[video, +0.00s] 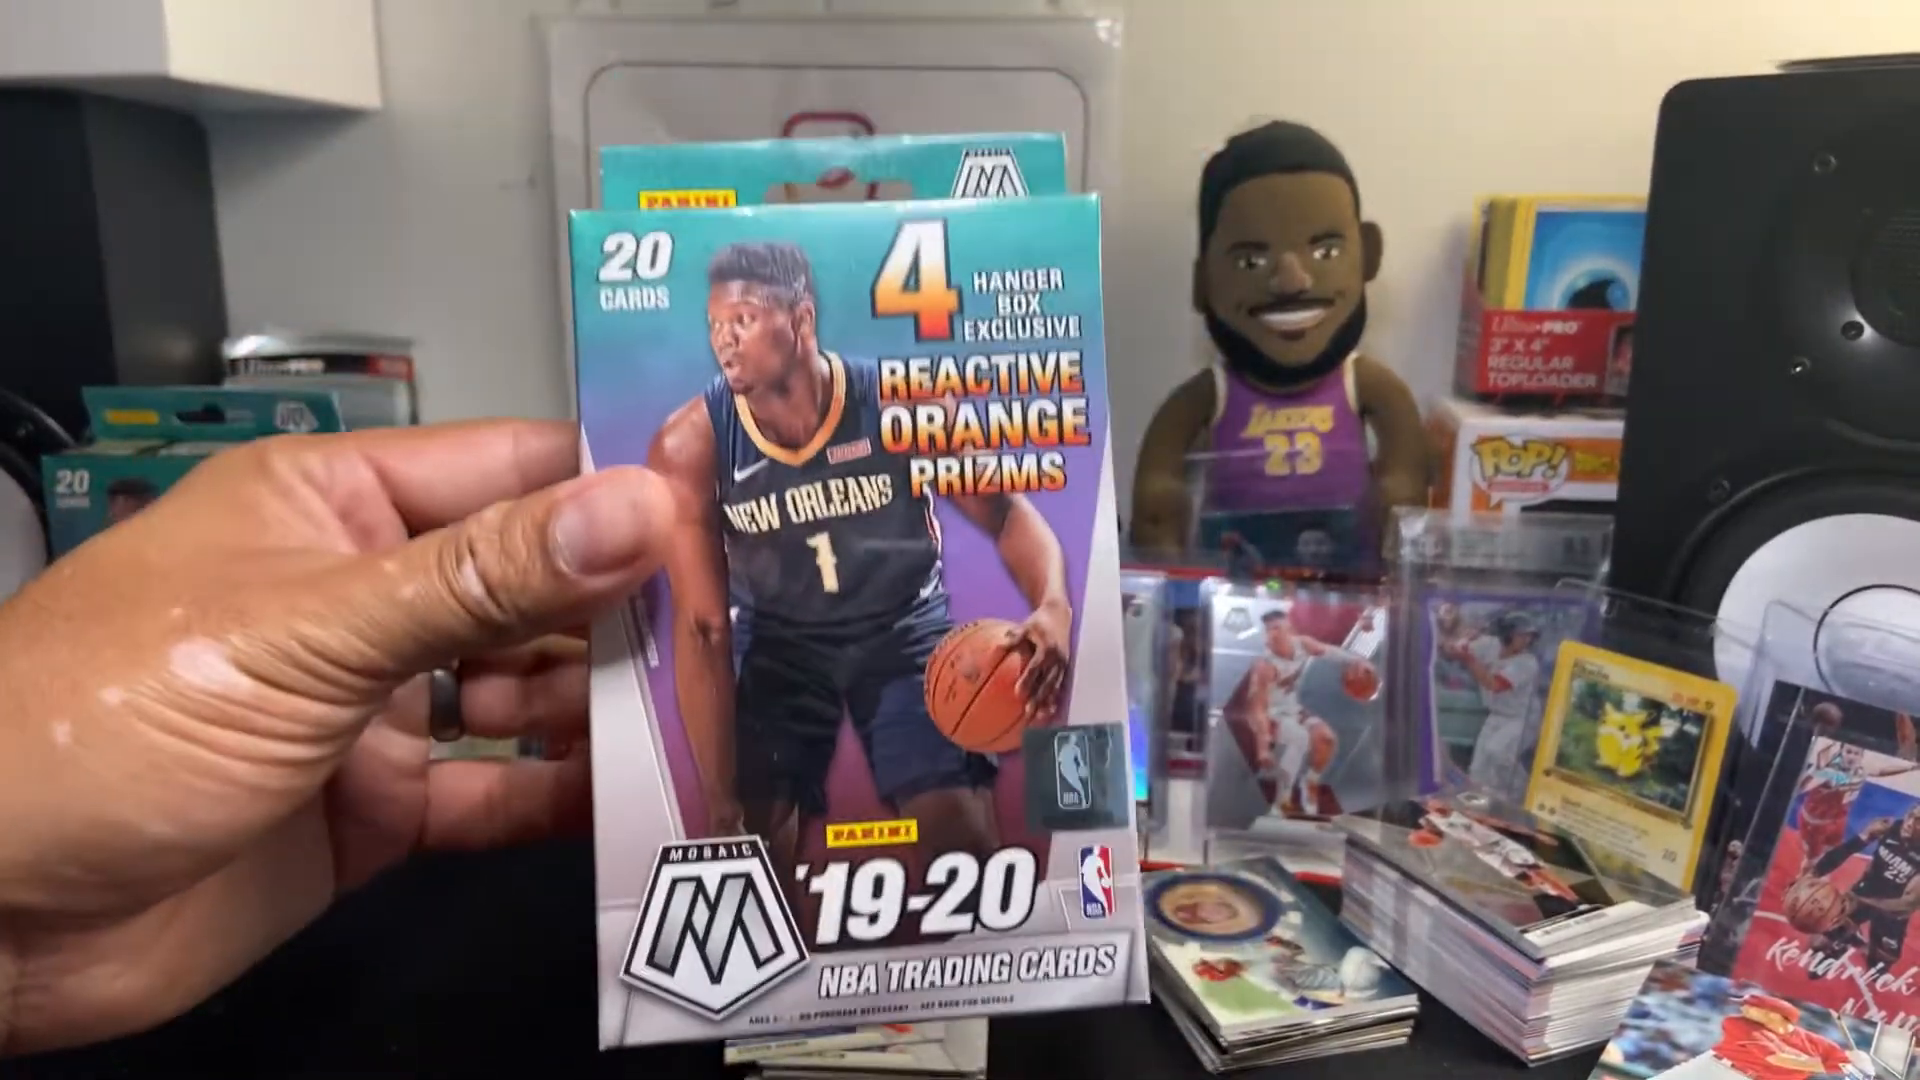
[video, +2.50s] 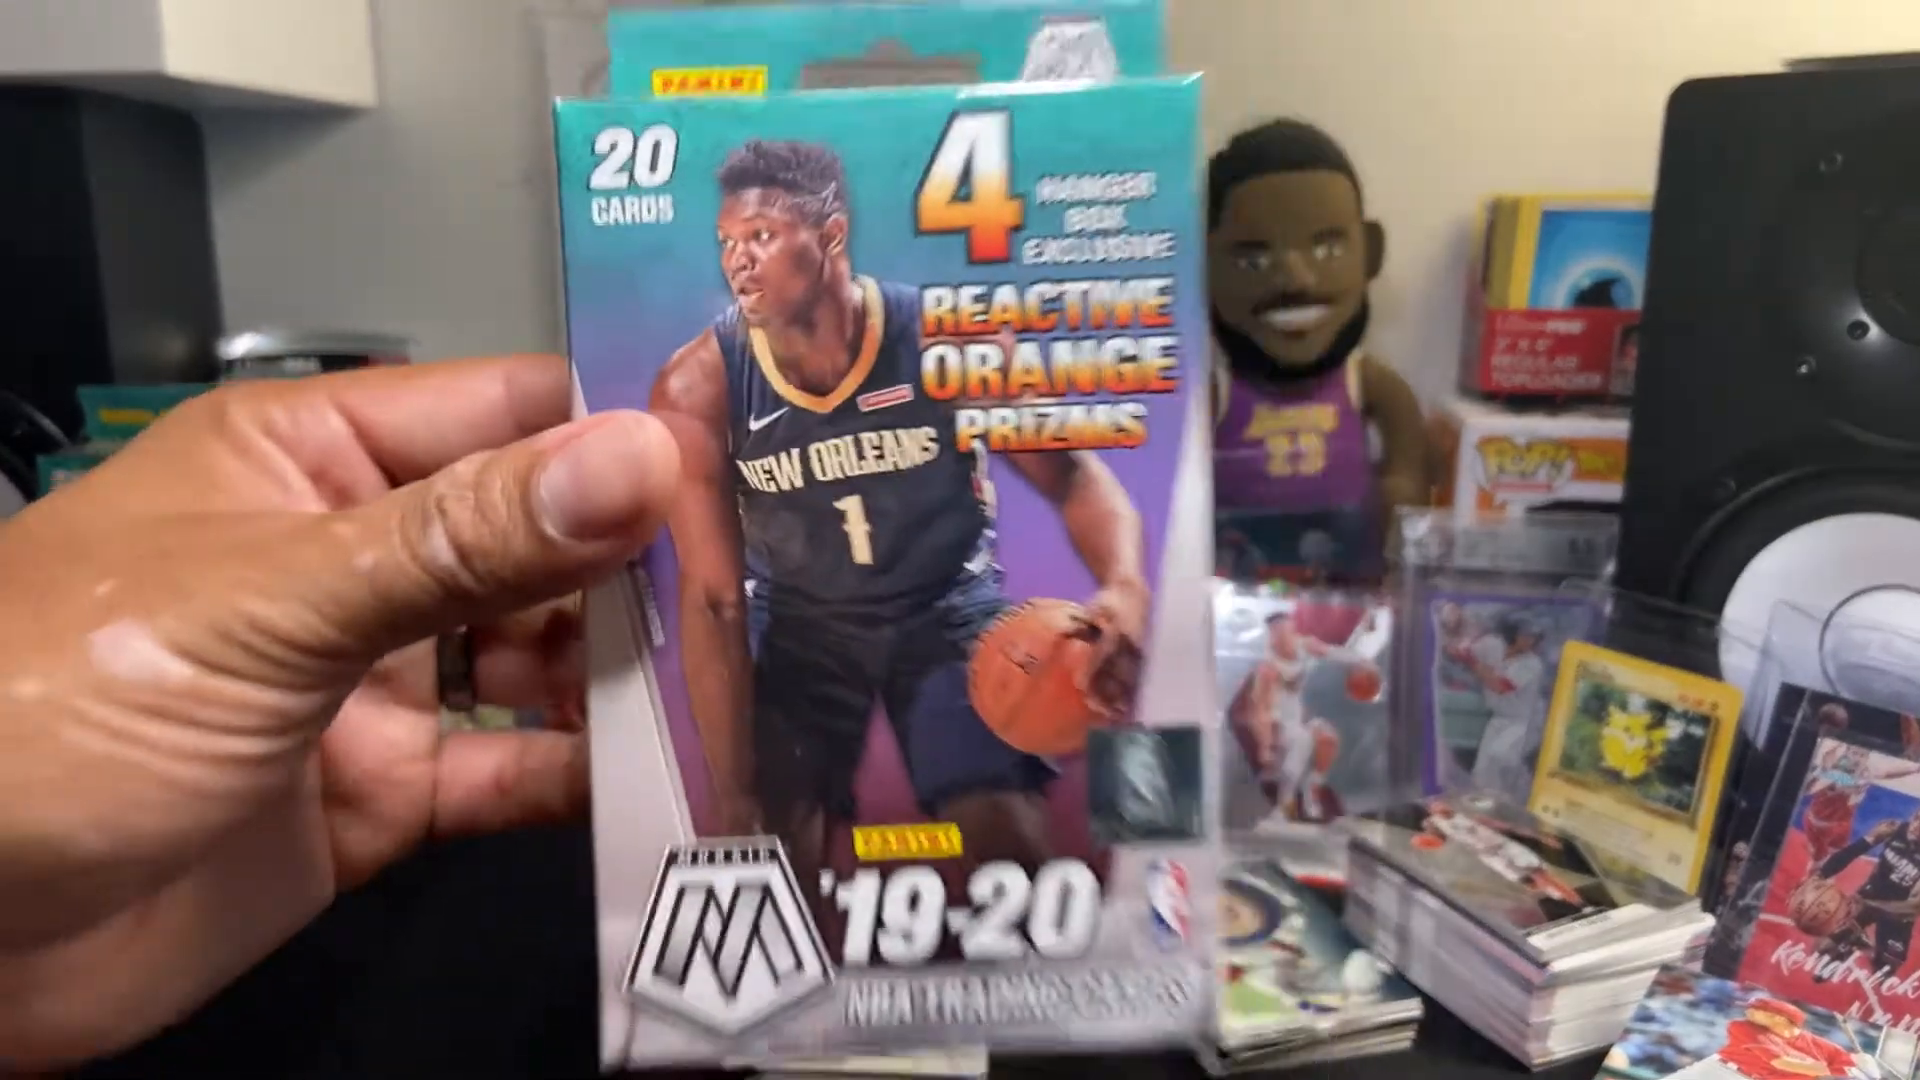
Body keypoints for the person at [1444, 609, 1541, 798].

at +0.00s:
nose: (1527, 640)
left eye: (1529, 636)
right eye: (1522, 635)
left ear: (1532, 638)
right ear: (1509, 635)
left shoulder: (1528, 663)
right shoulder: (1490, 646)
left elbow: (1495, 684)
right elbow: (1457, 649)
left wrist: (1470, 660)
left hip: (1517, 722)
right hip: (1495, 717)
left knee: (1495, 751)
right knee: (1482, 753)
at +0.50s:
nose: (1527, 641)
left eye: (1530, 637)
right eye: (1523, 635)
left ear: (1533, 639)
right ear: (1510, 635)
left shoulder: (1528, 663)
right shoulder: (1491, 646)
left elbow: (1497, 685)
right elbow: (1457, 651)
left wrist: (1471, 661)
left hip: (1518, 722)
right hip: (1495, 718)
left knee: (1496, 752)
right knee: (1479, 763)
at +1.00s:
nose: (1529, 641)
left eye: (1532, 637)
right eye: (1524, 636)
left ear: (1534, 639)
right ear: (1512, 636)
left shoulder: (1530, 663)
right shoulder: (1494, 647)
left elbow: (1498, 685)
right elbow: (1458, 651)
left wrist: (1472, 661)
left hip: (1519, 723)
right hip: (1496, 719)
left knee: (1497, 753)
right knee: (1481, 764)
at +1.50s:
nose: (1526, 640)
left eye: (1528, 636)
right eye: (1521, 635)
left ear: (1529, 638)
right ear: (1508, 634)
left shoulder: (1526, 662)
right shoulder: (1489, 645)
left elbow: (1495, 684)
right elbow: (1453, 649)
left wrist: (1468, 660)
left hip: (1521, 720)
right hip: (1494, 717)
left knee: (1494, 749)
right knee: (1477, 766)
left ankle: (1520, 789)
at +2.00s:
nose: (1529, 641)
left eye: (1532, 637)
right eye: (1525, 636)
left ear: (1535, 639)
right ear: (1514, 636)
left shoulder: (1530, 663)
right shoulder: (1495, 649)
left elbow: (1499, 685)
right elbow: (1462, 651)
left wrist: (1476, 664)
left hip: (1520, 722)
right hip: (1497, 718)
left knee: (1497, 751)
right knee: (1481, 766)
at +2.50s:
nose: (1531, 642)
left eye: (1534, 637)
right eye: (1527, 635)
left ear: (1536, 640)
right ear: (1517, 635)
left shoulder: (1532, 663)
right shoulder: (1495, 648)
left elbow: (1503, 685)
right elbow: (1464, 652)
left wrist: (1476, 665)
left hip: (1524, 722)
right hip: (1500, 719)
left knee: (1500, 753)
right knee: (1483, 763)